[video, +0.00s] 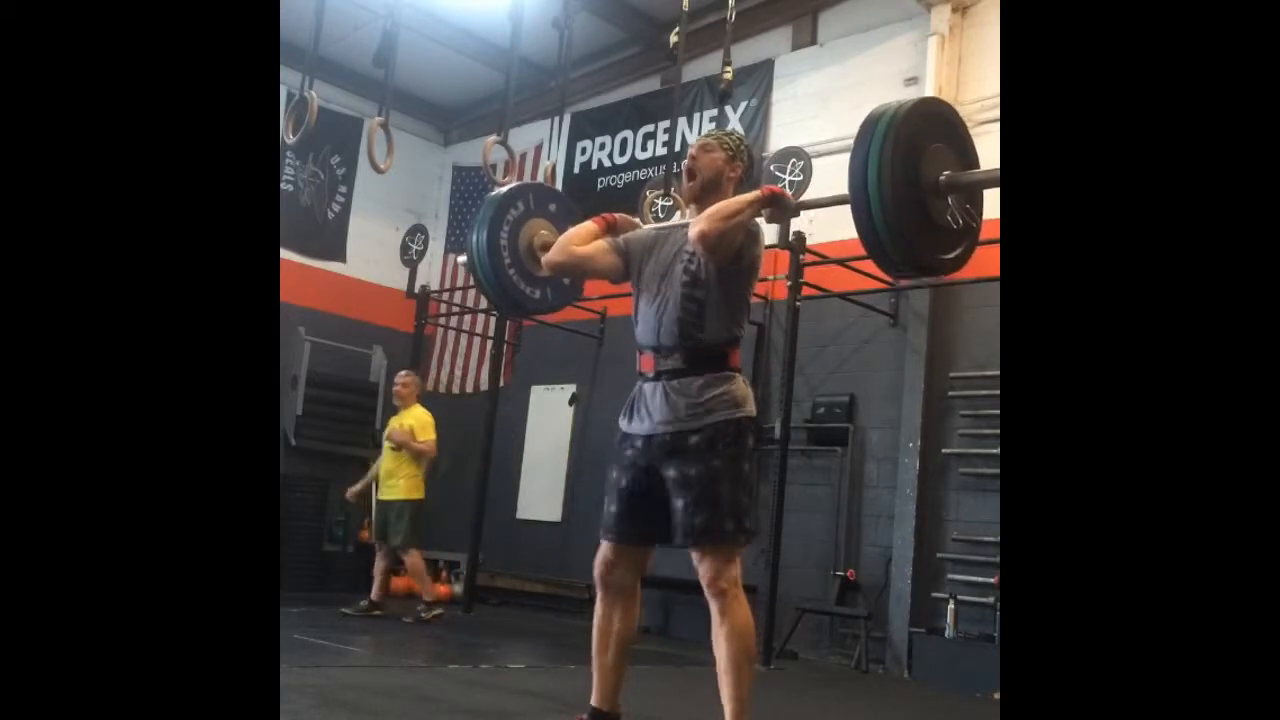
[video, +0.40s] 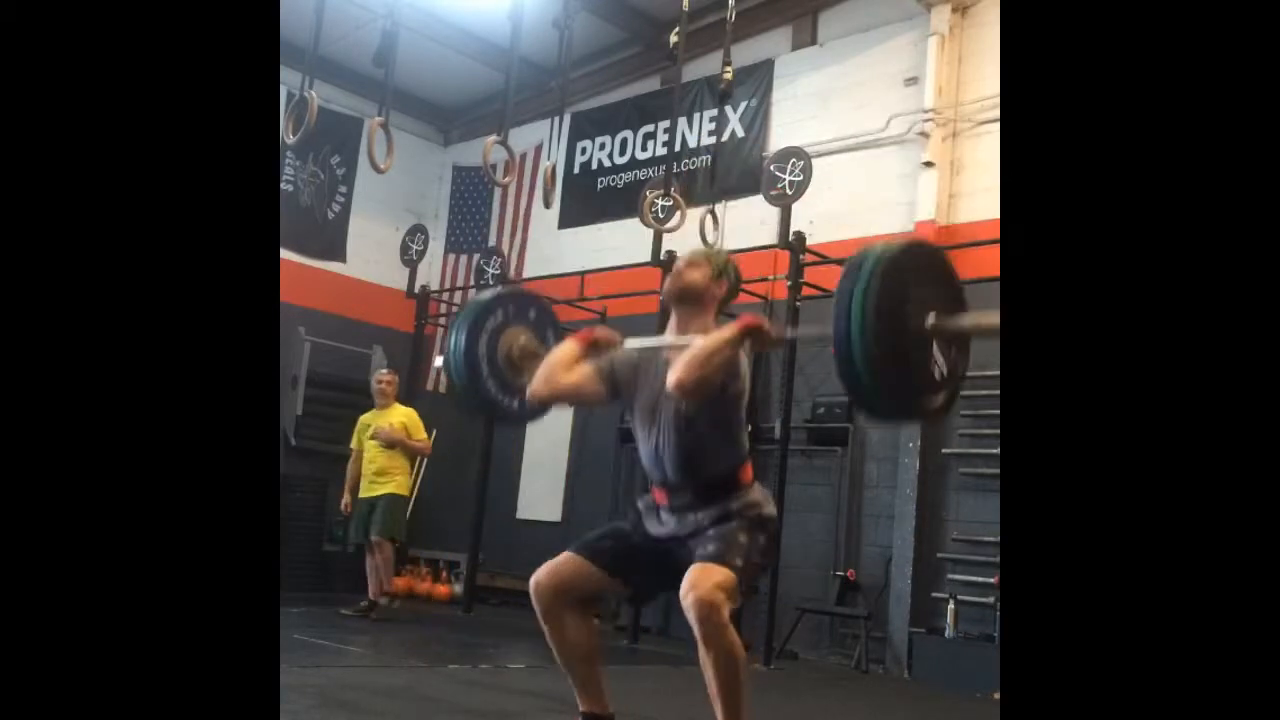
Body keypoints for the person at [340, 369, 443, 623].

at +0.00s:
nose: (397, 389)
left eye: (403, 386)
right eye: (395, 385)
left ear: (415, 390)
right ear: (393, 389)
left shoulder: (421, 417)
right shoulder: (394, 419)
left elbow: (430, 450)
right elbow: (385, 458)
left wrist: (404, 441)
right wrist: (360, 485)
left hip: (407, 493)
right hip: (385, 492)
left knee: (406, 547)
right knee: (382, 547)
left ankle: (430, 601)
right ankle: (374, 600)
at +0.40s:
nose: (384, 387)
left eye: (389, 383)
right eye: (379, 382)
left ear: (396, 388)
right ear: (372, 387)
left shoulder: (407, 415)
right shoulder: (364, 420)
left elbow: (425, 447)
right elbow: (355, 459)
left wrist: (398, 439)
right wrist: (347, 492)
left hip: (394, 486)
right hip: (367, 488)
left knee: (379, 538)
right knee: (369, 544)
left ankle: (387, 594)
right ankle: (372, 598)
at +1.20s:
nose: (377, 381)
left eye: (382, 378)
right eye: (373, 376)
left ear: (389, 382)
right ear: (364, 379)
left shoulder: (392, 413)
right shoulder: (353, 409)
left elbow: (402, 451)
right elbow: (339, 446)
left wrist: (374, 438)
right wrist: (326, 480)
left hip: (366, 484)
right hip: (339, 482)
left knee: (350, 541)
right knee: (324, 539)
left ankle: (342, 598)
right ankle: (357, 577)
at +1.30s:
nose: (376, 381)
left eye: (382, 377)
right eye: (372, 375)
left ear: (388, 382)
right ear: (362, 378)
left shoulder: (391, 412)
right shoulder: (351, 409)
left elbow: (403, 451)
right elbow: (337, 446)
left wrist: (373, 438)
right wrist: (324, 479)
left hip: (365, 486)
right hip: (336, 483)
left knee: (354, 542)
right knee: (316, 536)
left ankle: (342, 599)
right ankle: (336, 585)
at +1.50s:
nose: (370, 379)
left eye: (376, 376)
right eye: (366, 374)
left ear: (383, 382)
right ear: (357, 378)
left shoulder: (389, 412)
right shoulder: (343, 408)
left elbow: (402, 451)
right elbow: (328, 445)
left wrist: (370, 439)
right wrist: (317, 479)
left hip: (363, 488)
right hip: (332, 484)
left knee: (355, 544)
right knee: (311, 539)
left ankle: (343, 600)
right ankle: (293, 595)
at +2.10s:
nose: (325, 372)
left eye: (330, 368)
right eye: (320, 367)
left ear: (337, 373)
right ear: (311, 371)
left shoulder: (351, 403)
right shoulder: (297, 405)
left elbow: (371, 438)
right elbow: (286, 443)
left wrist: (347, 435)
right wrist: (282, 476)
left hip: (336, 488)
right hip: (299, 485)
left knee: (335, 546)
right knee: (288, 540)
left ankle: (337, 597)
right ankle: (282, 593)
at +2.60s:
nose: (307, 370)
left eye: (311, 366)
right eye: (302, 365)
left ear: (316, 370)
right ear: (289, 368)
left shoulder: (330, 398)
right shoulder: (282, 399)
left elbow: (353, 432)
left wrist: (327, 429)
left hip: (318, 478)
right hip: (285, 479)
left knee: (321, 531)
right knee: (284, 540)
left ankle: (317, 588)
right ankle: (280, 592)